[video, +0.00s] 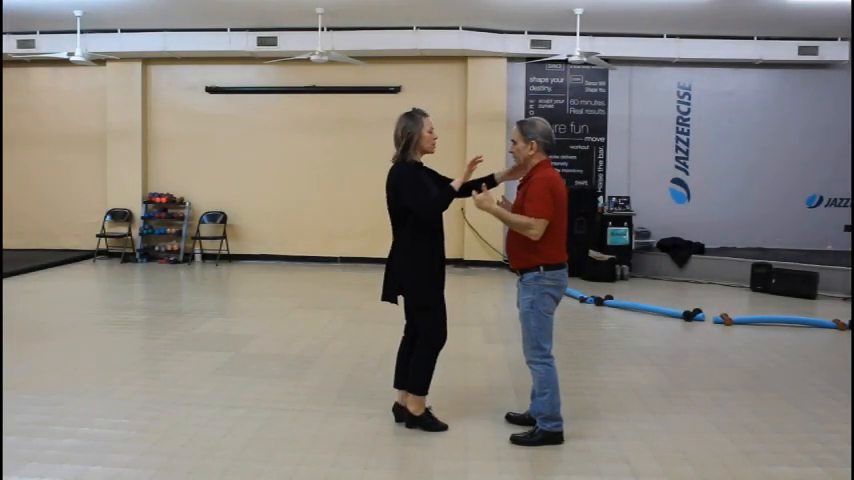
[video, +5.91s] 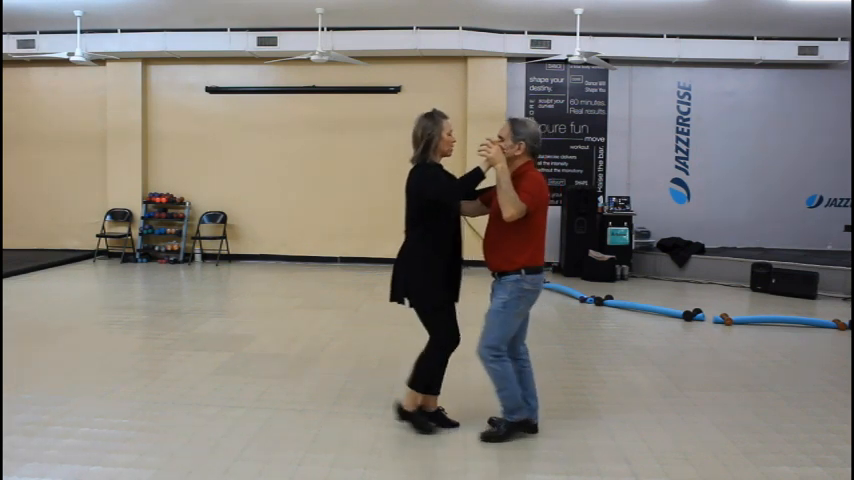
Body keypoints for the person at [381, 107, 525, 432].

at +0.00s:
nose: (435, 136)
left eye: (434, 131)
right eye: (430, 131)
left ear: (415, 136)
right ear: (414, 135)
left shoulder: (416, 170)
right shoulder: (406, 173)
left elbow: (460, 188)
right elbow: (431, 207)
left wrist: (505, 175)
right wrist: (456, 183)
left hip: (418, 269)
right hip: (420, 271)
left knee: (416, 332)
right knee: (433, 335)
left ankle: (403, 402)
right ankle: (416, 407)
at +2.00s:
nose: (443, 134)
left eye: (441, 128)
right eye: (438, 129)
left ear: (424, 133)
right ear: (423, 134)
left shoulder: (425, 168)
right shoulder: (420, 170)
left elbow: (442, 214)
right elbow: (451, 189)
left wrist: (473, 208)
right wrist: (476, 155)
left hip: (432, 267)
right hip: (427, 269)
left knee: (434, 337)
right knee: (433, 338)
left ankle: (426, 406)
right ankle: (424, 410)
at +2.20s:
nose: (444, 134)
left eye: (443, 128)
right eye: (439, 129)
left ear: (425, 133)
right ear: (423, 133)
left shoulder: (427, 168)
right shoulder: (421, 170)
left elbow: (443, 212)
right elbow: (450, 188)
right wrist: (475, 153)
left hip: (432, 268)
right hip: (426, 270)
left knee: (434, 338)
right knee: (431, 339)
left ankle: (425, 406)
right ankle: (424, 410)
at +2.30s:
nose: (446, 133)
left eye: (444, 128)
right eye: (440, 128)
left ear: (425, 133)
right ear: (425, 133)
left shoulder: (426, 167)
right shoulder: (423, 169)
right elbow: (455, 189)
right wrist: (480, 153)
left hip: (430, 267)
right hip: (427, 269)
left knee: (432, 338)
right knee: (431, 339)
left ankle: (426, 406)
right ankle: (424, 411)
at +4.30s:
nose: (461, 133)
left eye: (459, 127)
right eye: (456, 128)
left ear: (441, 133)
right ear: (442, 133)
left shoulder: (442, 168)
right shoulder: (439, 170)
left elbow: (473, 198)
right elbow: (472, 186)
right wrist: (503, 161)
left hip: (444, 267)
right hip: (440, 269)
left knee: (439, 339)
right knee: (437, 340)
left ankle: (427, 407)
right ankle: (424, 411)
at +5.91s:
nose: (453, 139)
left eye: (452, 133)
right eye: (448, 134)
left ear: (432, 138)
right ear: (433, 138)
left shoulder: (436, 173)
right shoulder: (425, 174)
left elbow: (464, 200)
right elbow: (455, 190)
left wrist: (498, 189)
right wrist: (485, 165)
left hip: (435, 270)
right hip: (421, 272)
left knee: (446, 336)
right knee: (445, 337)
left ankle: (429, 406)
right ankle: (410, 404)